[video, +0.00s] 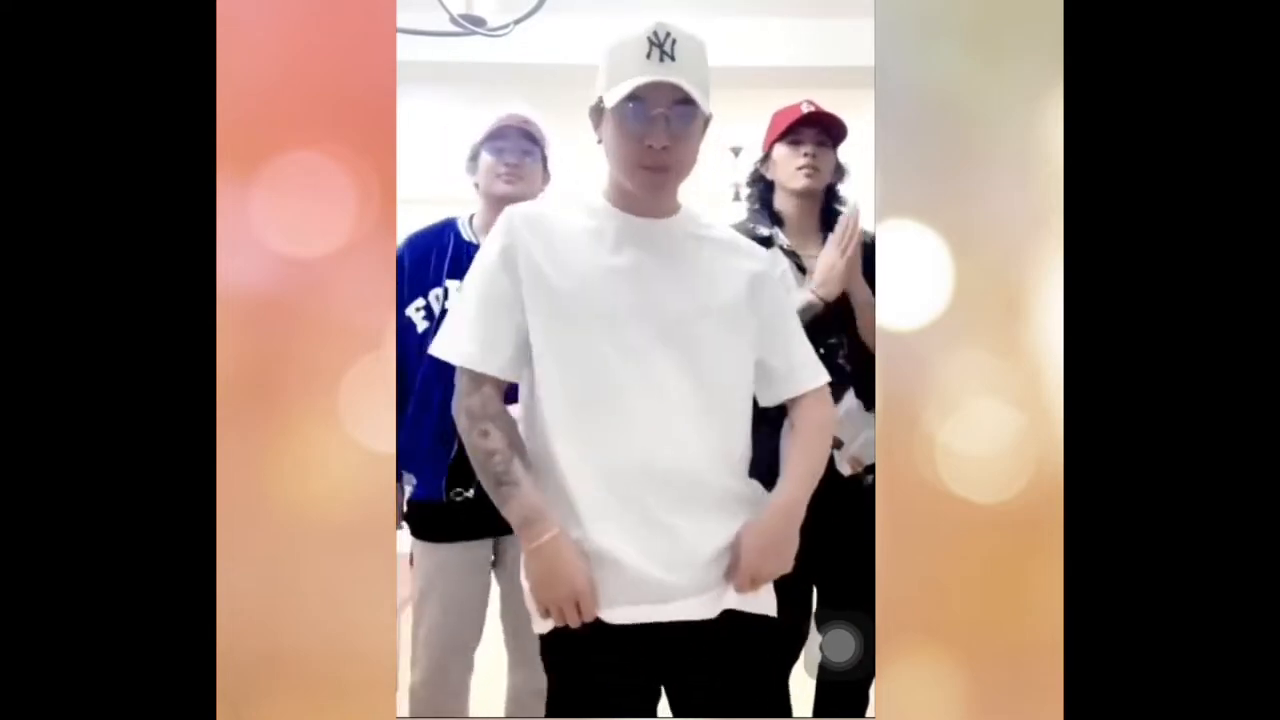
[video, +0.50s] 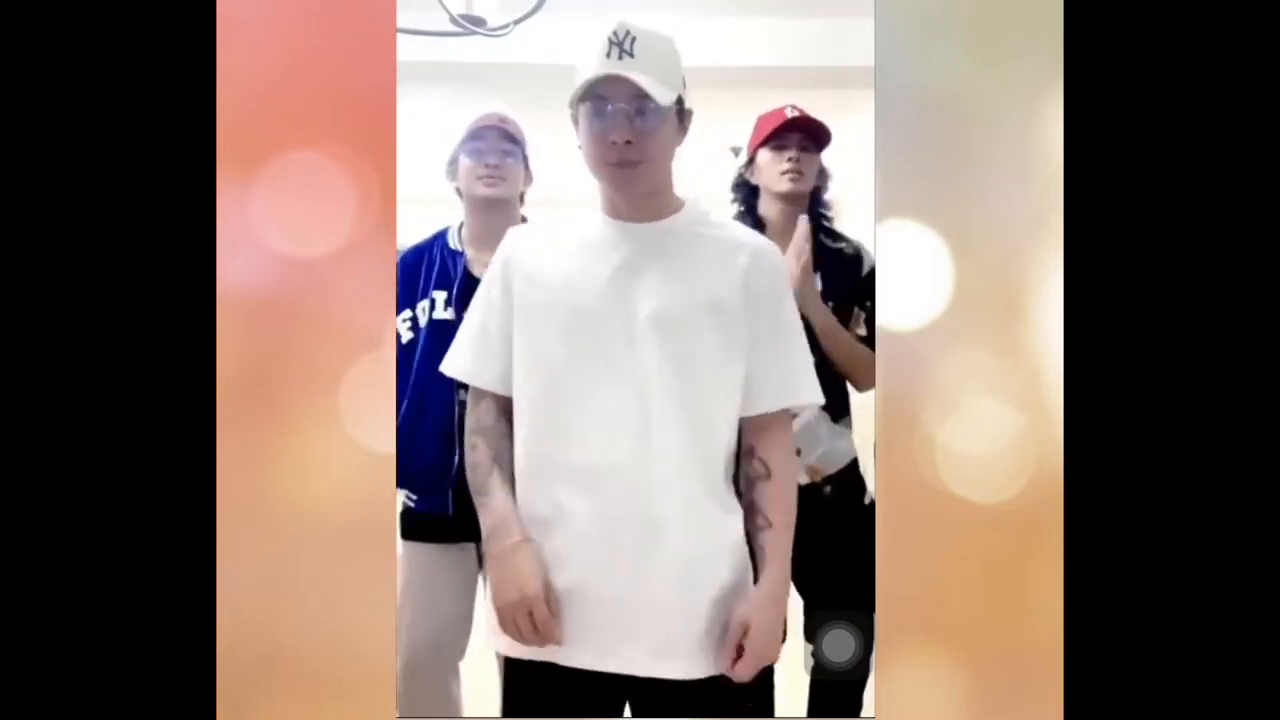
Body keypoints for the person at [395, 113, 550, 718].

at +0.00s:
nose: (511, 160)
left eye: (527, 153)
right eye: (498, 150)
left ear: (545, 179)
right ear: (473, 168)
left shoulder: (559, 260)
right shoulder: (420, 254)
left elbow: (581, 380)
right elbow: (386, 376)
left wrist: (574, 488)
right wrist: (388, 491)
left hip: (538, 498)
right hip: (447, 498)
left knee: (541, 670)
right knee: (439, 673)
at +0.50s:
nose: (492, 161)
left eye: (507, 153)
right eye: (477, 151)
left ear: (528, 179)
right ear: (454, 173)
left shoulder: (551, 266)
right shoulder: (412, 269)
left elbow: (573, 380)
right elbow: (380, 379)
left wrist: (560, 480)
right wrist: (385, 481)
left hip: (529, 498)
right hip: (434, 497)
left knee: (530, 668)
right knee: (424, 663)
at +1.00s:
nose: (490, 167)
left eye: (504, 158)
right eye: (475, 158)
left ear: (525, 181)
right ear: (451, 178)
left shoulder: (555, 261)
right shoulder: (402, 260)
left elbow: (580, 372)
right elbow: (348, 347)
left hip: (521, 504)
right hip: (424, 505)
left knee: (518, 661)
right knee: (425, 667)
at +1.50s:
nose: (477, 168)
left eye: (493, 153)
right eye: (460, 154)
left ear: (519, 168)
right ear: (437, 170)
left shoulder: (544, 241)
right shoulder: (401, 241)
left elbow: (574, 355)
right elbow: (364, 344)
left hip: (526, 483)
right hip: (435, 483)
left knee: (522, 655)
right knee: (438, 653)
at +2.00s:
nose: (462, 174)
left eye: (477, 161)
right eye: (448, 163)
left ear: (504, 178)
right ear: (429, 181)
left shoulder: (537, 265)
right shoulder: (398, 267)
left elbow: (570, 376)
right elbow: (370, 377)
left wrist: (568, 480)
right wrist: (380, 481)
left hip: (521, 502)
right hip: (428, 504)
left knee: (521, 675)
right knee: (428, 674)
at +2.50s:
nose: (513, 160)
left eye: (527, 149)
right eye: (496, 149)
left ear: (548, 171)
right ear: (471, 167)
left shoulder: (570, 257)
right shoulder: (422, 248)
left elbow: (590, 379)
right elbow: (376, 356)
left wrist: (582, 483)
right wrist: (383, 469)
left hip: (528, 503)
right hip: (428, 498)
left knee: (520, 676)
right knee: (427, 671)